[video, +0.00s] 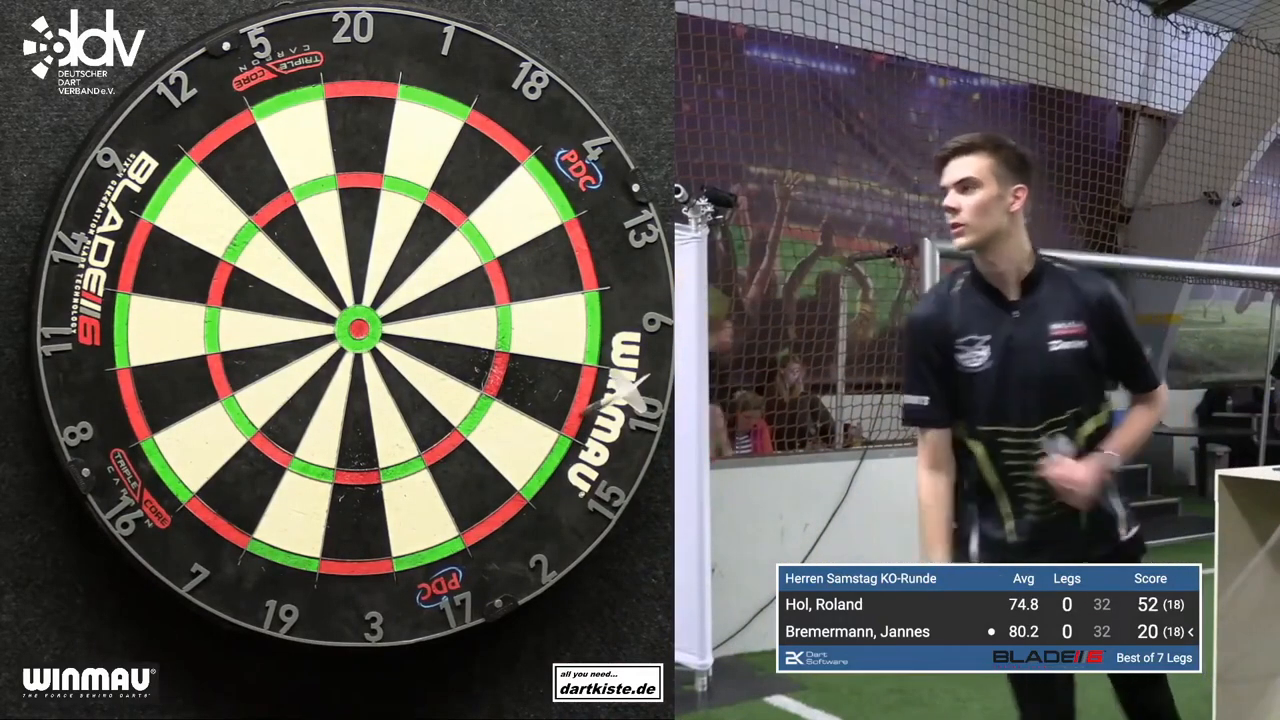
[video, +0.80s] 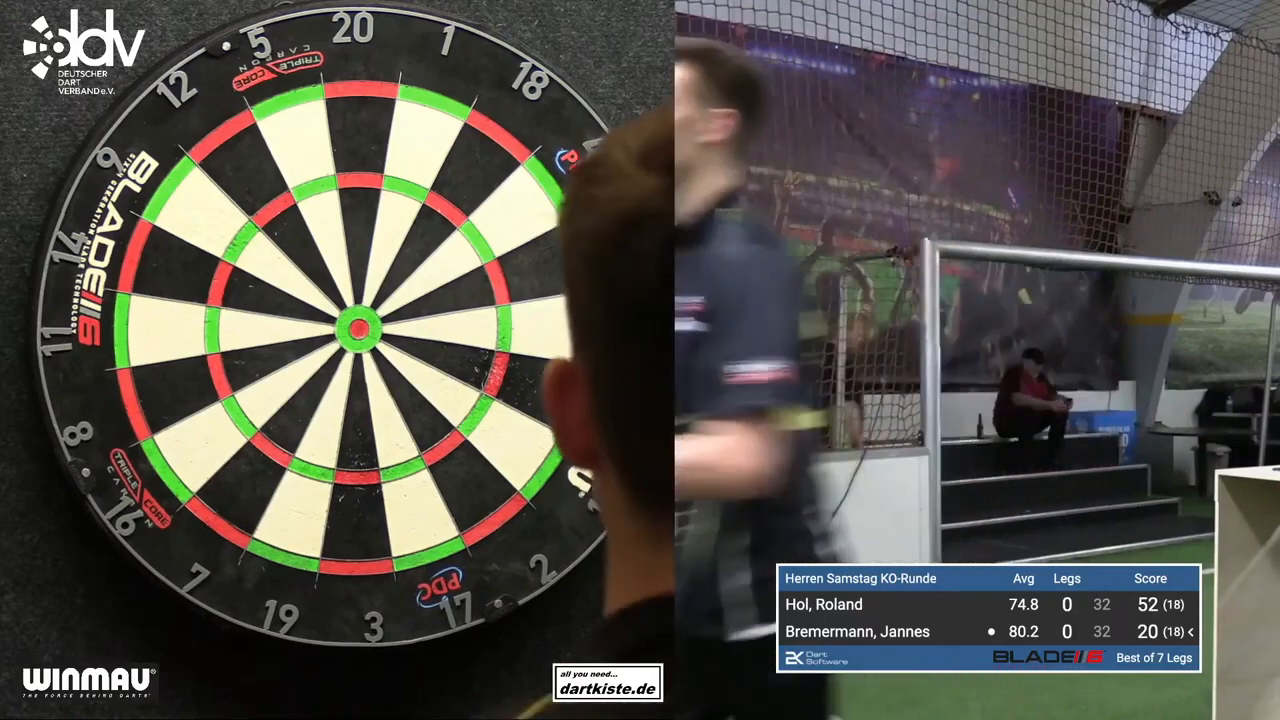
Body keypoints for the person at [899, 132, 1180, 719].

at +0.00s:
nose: (948, 204)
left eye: (966, 188)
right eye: (946, 193)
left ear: (1016, 199)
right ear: (945, 206)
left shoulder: (1089, 297)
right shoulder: (936, 319)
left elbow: (1152, 397)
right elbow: (935, 464)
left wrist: (1101, 464)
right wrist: (939, 583)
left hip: (1102, 546)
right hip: (1008, 560)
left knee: (1147, 701)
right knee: (1044, 710)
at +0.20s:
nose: (911, 203)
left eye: (930, 187)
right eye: (909, 191)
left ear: (982, 200)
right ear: (907, 204)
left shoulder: (1056, 309)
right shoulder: (898, 323)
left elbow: (1120, 424)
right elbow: (909, 465)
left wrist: (1041, 490)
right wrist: (918, 581)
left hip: (1061, 566)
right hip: (969, 571)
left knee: (1049, 707)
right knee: (1009, 707)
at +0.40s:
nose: (844, 202)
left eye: (868, 187)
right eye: (844, 188)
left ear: (925, 204)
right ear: (843, 201)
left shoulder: (996, 324)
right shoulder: (831, 330)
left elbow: (1081, 451)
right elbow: (829, 481)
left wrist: (983, 526)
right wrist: (832, 619)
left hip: (1003, 580)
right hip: (911, 586)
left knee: (947, 708)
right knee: (992, 708)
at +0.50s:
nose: (786, 180)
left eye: (813, 166)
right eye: (788, 164)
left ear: (875, 187)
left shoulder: (938, 321)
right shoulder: (774, 316)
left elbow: (1026, 465)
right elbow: (771, 467)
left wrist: (902, 539)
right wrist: (768, 615)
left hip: (928, 590)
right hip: (832, 589)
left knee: (889, 707)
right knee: (885, 706)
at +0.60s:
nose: (742, 156)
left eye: (769, 141)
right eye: (746, 140)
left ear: (832, 164)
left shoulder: (887, 299)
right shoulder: (746, 289)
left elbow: (966, 464)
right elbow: (738, 452)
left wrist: (823, 525)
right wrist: (722, 601)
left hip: (887, 592)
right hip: (795, 593)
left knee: (855, 708)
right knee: (809, 707)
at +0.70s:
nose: (679, 130)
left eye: (702, 110)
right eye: (680, 112)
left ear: (767, 132)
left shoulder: (809, 267)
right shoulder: (702, 265)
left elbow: (840, 458)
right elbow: (694, 427)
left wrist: (698, 478)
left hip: (817, 548)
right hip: (732, 542)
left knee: (826, 705)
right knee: (701, 698)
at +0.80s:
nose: (655, 119)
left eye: (674, 101)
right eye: (660, 101)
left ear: (721, 124)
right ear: (711, 125)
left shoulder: (743, 252)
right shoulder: (665, 247)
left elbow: (752, 454)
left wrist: (615, 459)